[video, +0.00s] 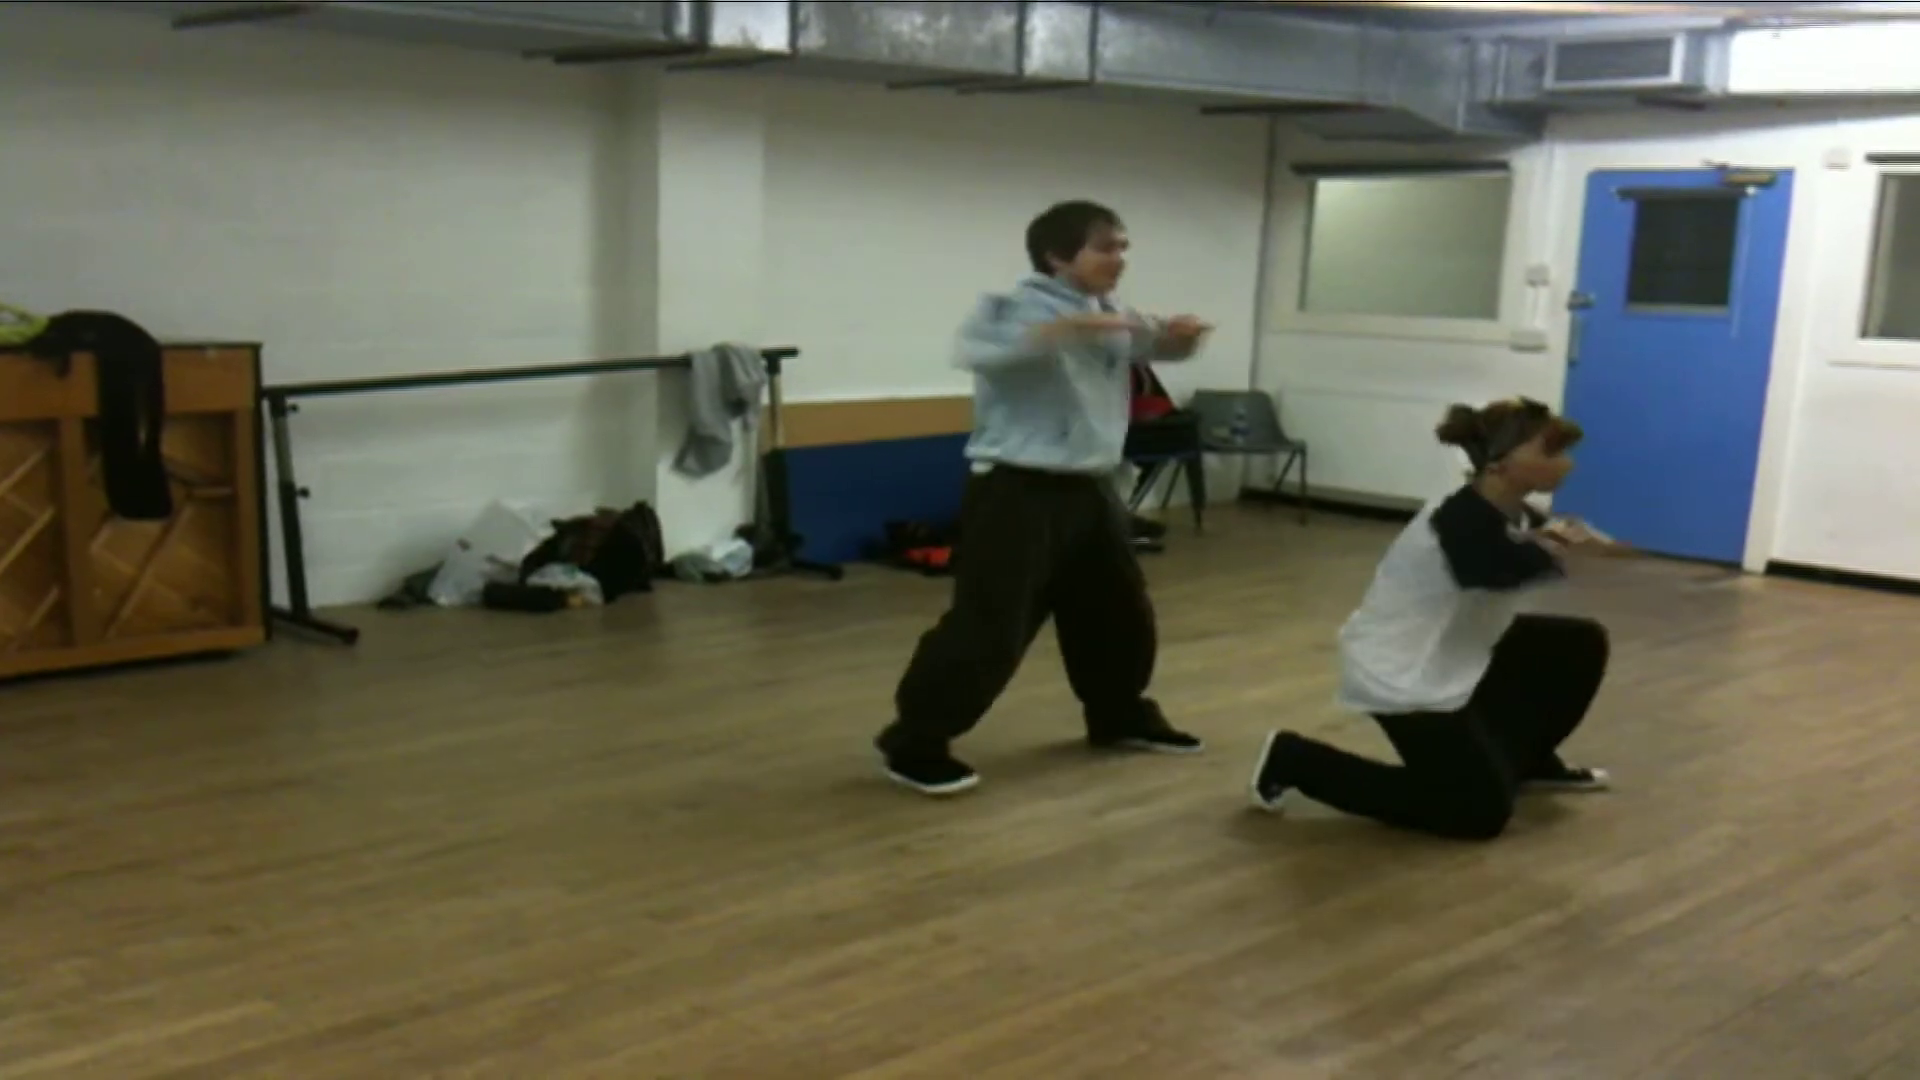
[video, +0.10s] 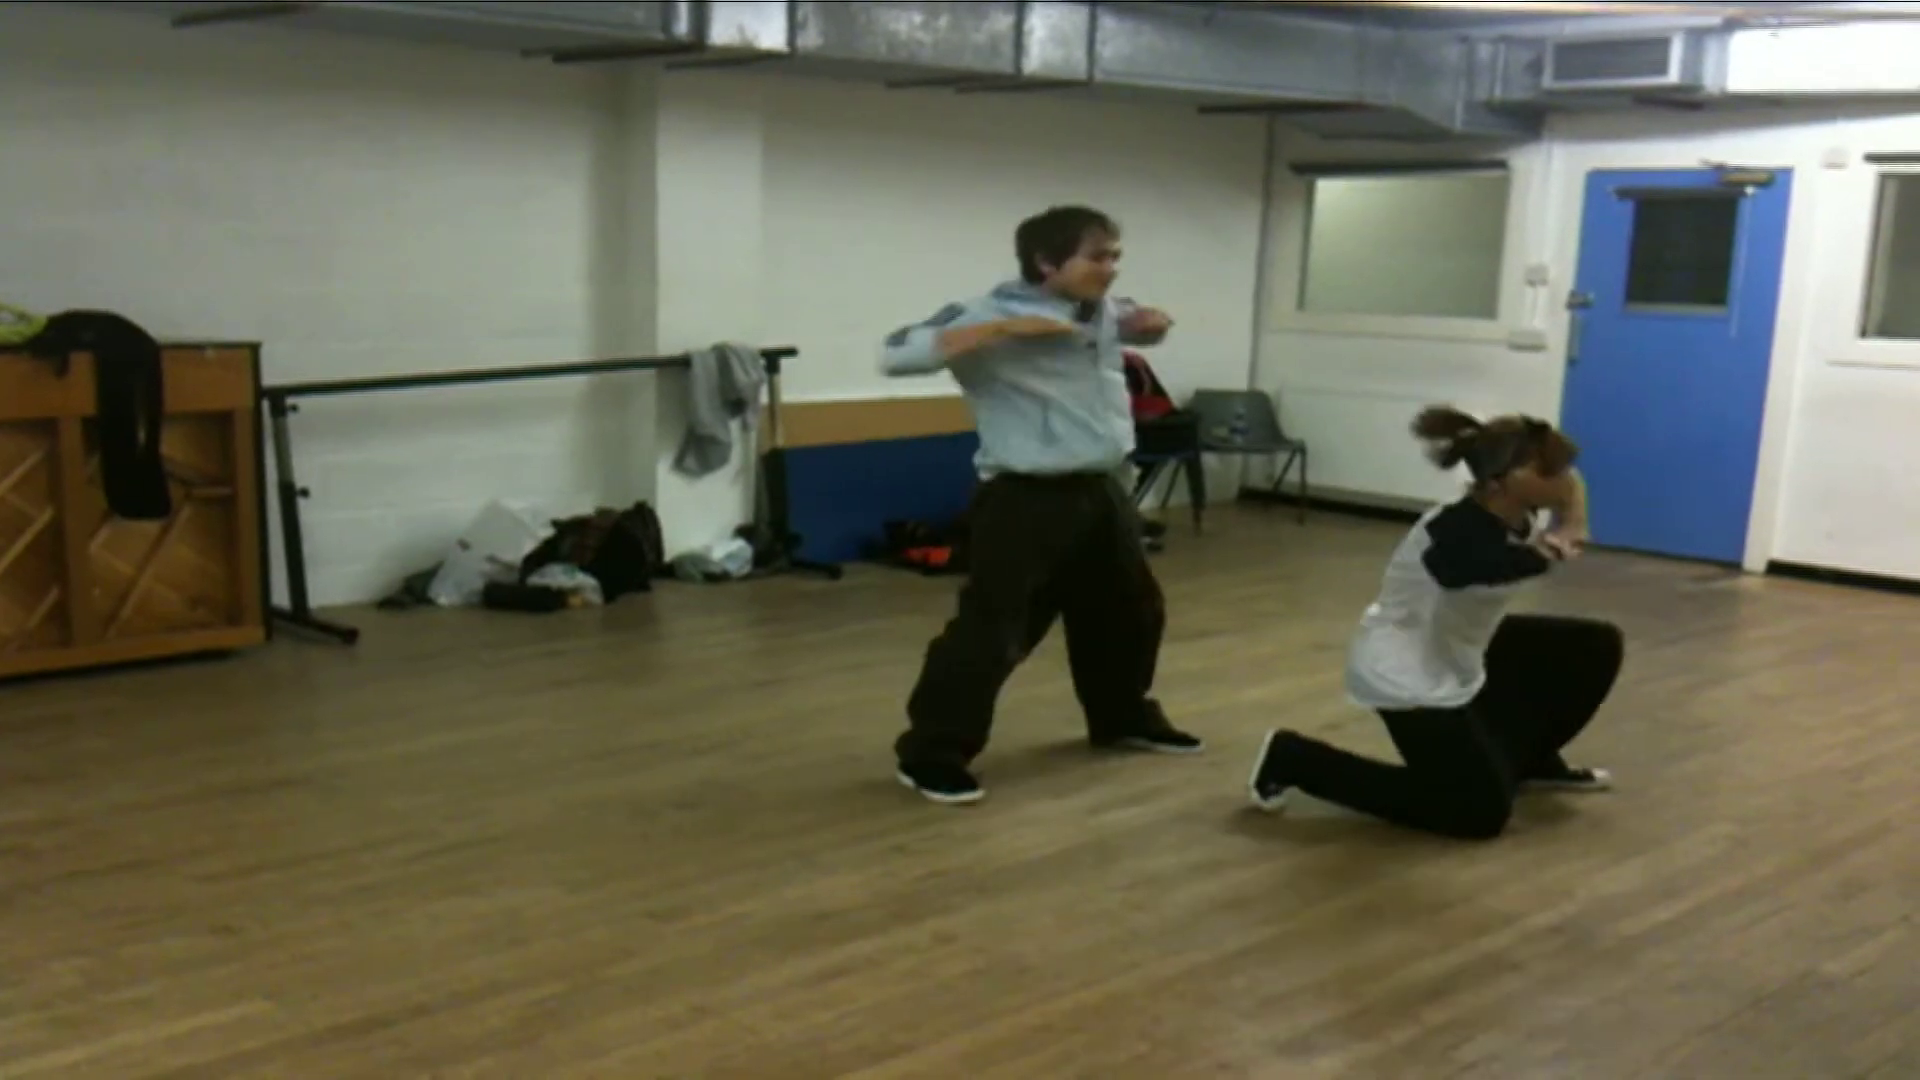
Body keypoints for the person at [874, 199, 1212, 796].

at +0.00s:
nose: (1121, 259)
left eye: (1122, 248)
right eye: (1109, 248)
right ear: (1065, 255)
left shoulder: (1112, 317)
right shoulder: (1014, 307)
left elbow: (1149, 341)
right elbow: (971, 351)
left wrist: (1175, 339)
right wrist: (1064, 331)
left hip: (1086, 491)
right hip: (1014, 492)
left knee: (1114, 614)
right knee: (989, 626)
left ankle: (1119, 718)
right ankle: (914, 743)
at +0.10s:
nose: (1112, 268)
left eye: (1114, 257)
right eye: (1100, 257)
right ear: (1051, 263)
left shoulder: (1096, 313)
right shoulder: (992, 313)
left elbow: (1127, 326)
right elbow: (895, 355)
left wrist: (1149, 327)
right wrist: (999, 330)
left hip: (1096, 495)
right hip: (1023, 500)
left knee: (1129, 611)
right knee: (992, 632)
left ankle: (1122, 718)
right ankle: (930, 753)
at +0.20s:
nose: (1118, 278)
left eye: (1121, 266)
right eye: (1107, 265)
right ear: (1059, 269)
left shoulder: (1100, 323)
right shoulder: (980, 323)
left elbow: (1133, 343)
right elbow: (898, 380)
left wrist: (1139, 360)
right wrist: (997, 385)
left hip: (1095, 499)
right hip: (1020, 505)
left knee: (1129, 609)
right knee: (998, 633)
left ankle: (1121, 719)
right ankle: (931, 753)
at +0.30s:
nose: (1147, 296)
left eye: (1149, 283)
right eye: (1135, 283)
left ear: (1094, 290)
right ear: (1084, 288)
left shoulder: (1121, 348)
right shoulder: (999, 347)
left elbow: (1134, 416)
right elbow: (932, 431)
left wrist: (1134, 469)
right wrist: (997, 502)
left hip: (1092, 516)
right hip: (1020, 517)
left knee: (1131, 612)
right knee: (998, 640)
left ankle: (1123, 720)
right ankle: (930, 754)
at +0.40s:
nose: (1160, 311)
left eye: (1160, 299)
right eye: (1147, 300)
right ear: (1096, 309)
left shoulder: (1134, 374)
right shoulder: (1015, 371)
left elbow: (1133, 453)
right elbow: (969, 473)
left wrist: (1140, 518)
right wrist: (1019, 546)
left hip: (1082, 525)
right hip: (1007, 528)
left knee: (1144, 609)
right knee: (1011, 634)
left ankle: (1124, 719)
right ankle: (930, 753)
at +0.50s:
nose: (1169, 307)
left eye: (1168, 296)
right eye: (1154, 298)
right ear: (1105, 311)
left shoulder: (1153, 369)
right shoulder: (1035, 367)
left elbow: (1180, 443)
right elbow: (1031, 473)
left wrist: (1209, 501)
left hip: (1068, 520)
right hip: (999, 515)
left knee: (1144, 605)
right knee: (1012, 630)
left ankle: (1121, 716)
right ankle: (930, 751)